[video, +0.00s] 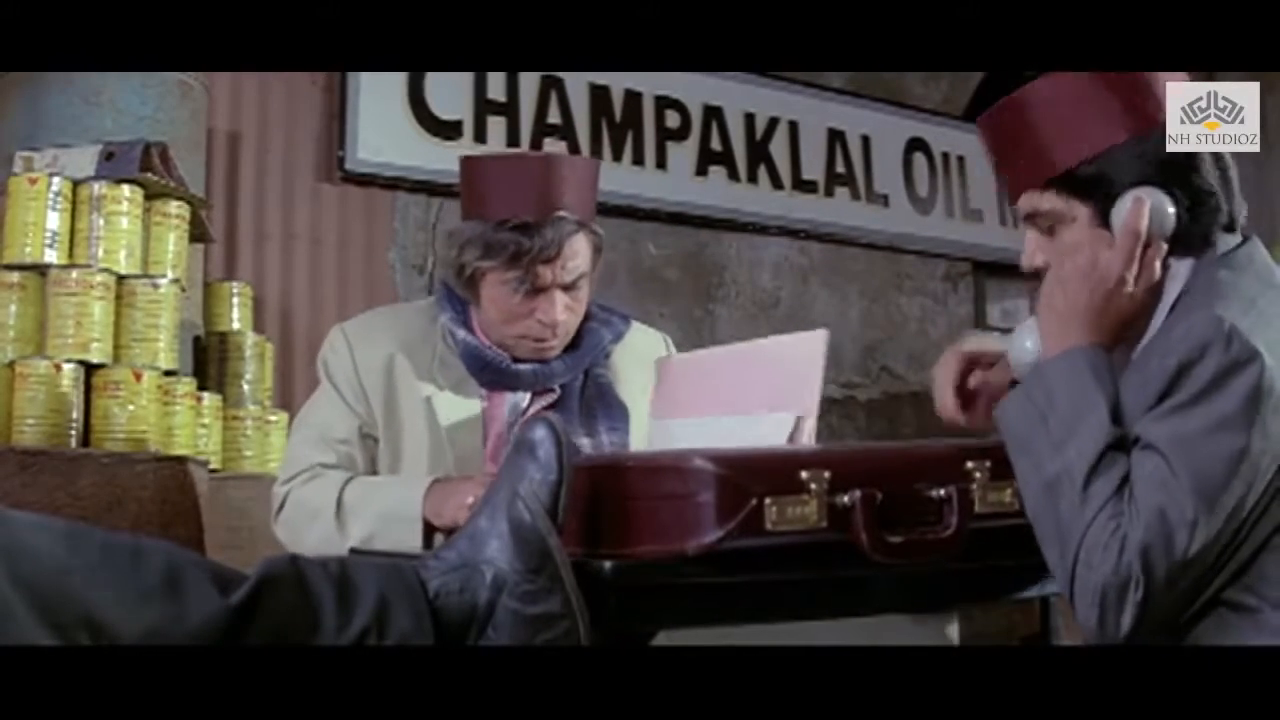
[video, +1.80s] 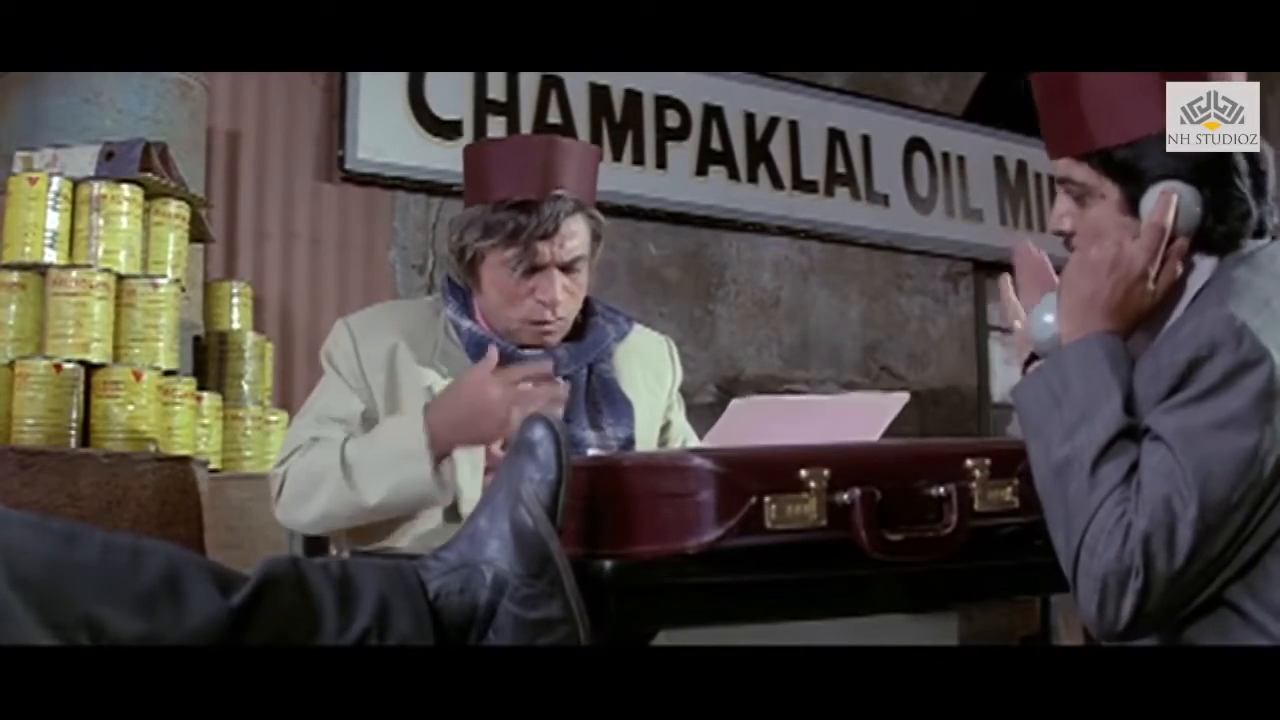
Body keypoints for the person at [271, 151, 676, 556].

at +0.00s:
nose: (553, 315)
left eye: (573, 286)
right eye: (526, 288)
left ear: (593, 272)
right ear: (469, 273)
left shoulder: (645, 359)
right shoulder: (368, 355)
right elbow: (300, 500)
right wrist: (426, 502)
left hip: (589, 624)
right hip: (419, 628)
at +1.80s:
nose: (553, 295)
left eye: (571, 268)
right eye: (527, 268)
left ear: (592, 265)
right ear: (470, 261)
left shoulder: (648, 360)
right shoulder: (374, 347)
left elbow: (688, 496)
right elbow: (299, 496)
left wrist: (564, 491)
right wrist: (438, 430)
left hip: (599, 618)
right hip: (421, 620)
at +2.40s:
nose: (547, 269)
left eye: (567, 246)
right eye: (520, 244)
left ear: (589, 258)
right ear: (468, 250)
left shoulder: (647, 359)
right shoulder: (393, 327)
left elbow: (683, 486)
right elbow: (329, 429)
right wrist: (508, 401)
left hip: (589, 608)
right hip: (418, 604)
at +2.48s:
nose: (567, 262)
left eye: (580, 236)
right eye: (533, 242)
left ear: (597, 243)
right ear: (475, 252)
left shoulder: (646, 360)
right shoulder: (393, 326)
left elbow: (681, 483)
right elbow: (354, 427)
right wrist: (489, 354)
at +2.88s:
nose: (554, 225)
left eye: (569, 207)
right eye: (523, 208)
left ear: (589, 232)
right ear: (465, 243)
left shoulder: (646, 354)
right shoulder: (396, 321)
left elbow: (676, 479)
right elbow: (397, 415)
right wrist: (541, 316)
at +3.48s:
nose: (511, 219)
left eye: (530, 204)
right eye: (489, 202)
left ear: (561, 219)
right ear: (446, 220)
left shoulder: (637, 345)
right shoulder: (394, 309)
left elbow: (683, 476)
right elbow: (419, 381)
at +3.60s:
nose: (548, 223)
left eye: (561, 205)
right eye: (514, 208)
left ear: (582, 227)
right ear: (459, 249)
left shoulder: (643, 352)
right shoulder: (416, 332)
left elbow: (686, 477)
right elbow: (401, 413)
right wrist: (421, 237)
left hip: (602, 622)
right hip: (439, 625)